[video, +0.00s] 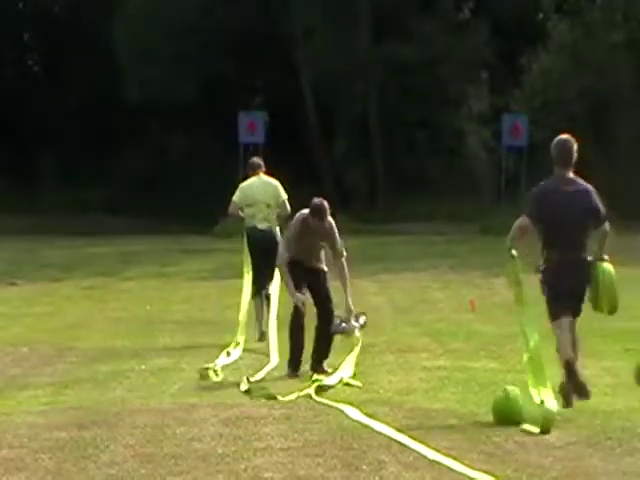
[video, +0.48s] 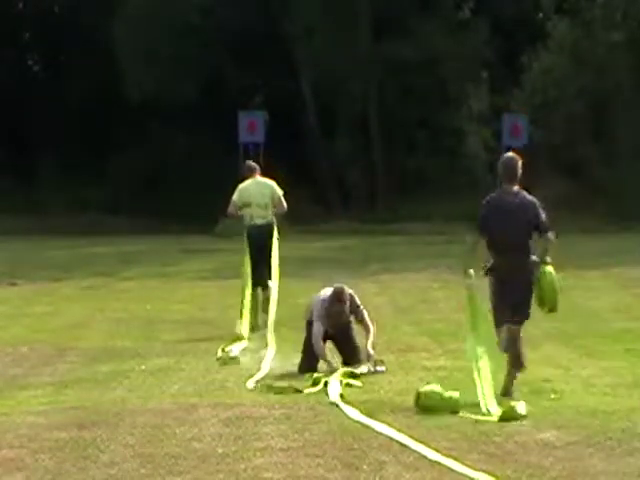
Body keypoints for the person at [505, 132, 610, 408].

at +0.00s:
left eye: (558, 157)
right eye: (571, 155)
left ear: (552, 158)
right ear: (575, 158)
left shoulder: (542, 192)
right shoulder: (586, 191)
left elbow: (523, 225)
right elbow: (604, 228)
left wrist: (510, 247)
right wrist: (598, 255)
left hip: (553, 261)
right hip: (579, 260)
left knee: (560, 320)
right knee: (570, 320)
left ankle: (571, 369)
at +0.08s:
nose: (555, 168)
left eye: (547, 164)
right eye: (560, 161)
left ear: (542, 164)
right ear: (565, 164)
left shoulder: (534, 196)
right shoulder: (575, 196)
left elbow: (521, 225)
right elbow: (598, 230)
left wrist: (503, 244)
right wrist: (591, 257)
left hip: (542, 264)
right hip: (568, 263)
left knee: (541, 330)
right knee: (561, 332)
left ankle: (552, 353)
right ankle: (554, 395)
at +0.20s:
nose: (532, 168)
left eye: (528, 164)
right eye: (538, 163)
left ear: (523, 165)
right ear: (545, 164)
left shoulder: (521, 198)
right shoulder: (559, 195)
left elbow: (508, 229)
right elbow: (577, 226)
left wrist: (495, 245)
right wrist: (572, 256)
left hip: (531, 264)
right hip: (556, 263)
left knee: (529, 327)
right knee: (554, 327)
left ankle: (536, 380)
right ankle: (556, 372)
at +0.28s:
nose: (523, 173)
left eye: (519, 169)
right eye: (529, 168)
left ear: (514, 172)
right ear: (535, 171)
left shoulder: (516, 204)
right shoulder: (550, 199)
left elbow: (495, 237)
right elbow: (567, 228)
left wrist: (486, 259)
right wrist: (564, 258)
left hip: (525, 270)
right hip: (551, 268)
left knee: (525, 338)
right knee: (544, 334)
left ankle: (534, 392)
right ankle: (550, 350)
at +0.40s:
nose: (520, 173)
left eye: (514, 169)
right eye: (524, 169)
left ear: (507, 171)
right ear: (528, 171)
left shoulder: (499, 202)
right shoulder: (539, 200)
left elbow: (488, 238)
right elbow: (551, 232)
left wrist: (488, 266)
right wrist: (548, 257)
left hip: (509, 265)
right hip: (534, 263)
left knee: (514, 320)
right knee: (526, 320)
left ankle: (525, 372)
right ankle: (528, 370)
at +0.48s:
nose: (513, 176)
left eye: (507, 172)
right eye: (517, 171)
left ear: (499, 173)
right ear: (520, 173)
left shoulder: (490, 203)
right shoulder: (529, 203)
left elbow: (478, 236)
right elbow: (545, 234)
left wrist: (470, 263)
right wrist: (543, 258)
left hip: (498, 264)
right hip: (522, 264)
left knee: (501, 310)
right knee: (516, 318)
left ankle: (510, 345)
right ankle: (509, 380)